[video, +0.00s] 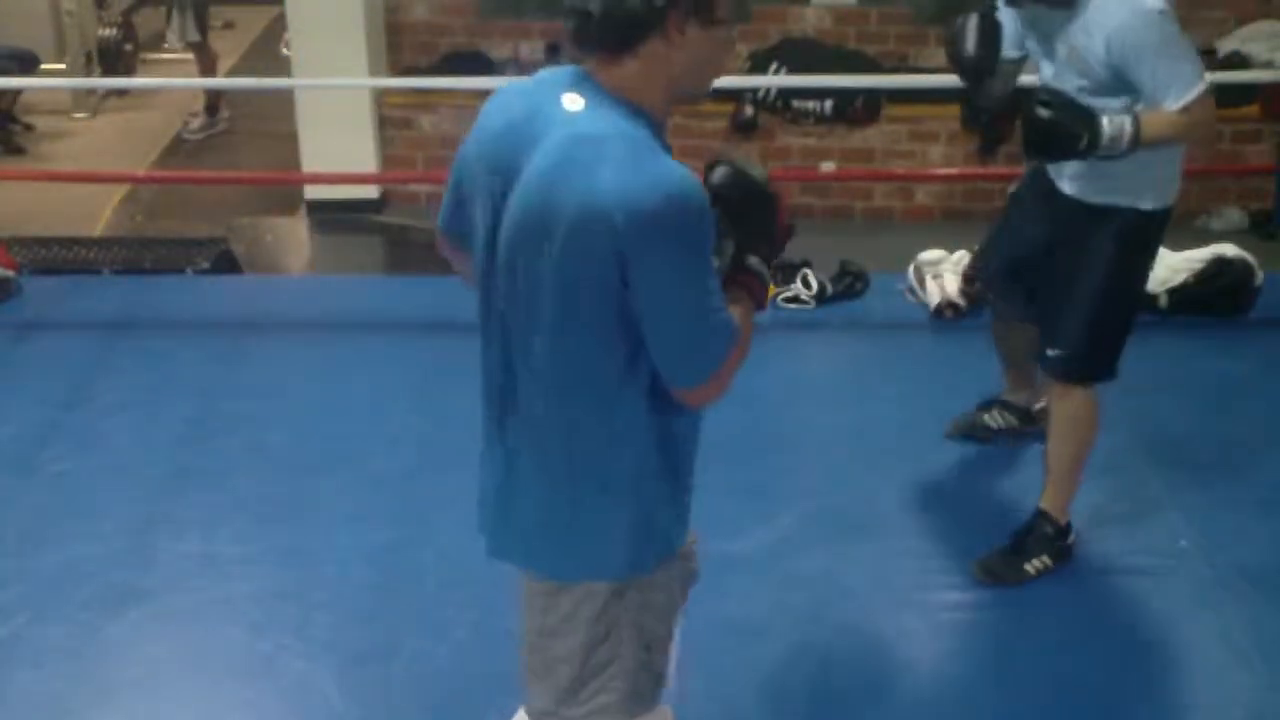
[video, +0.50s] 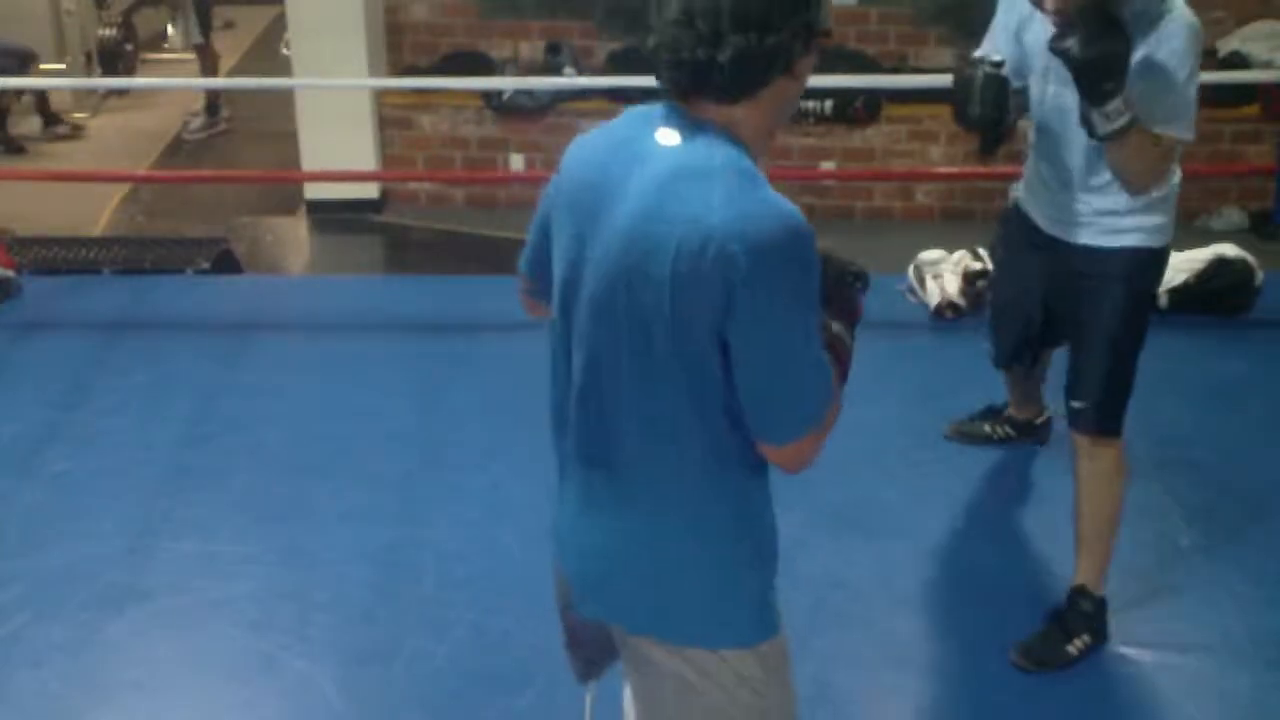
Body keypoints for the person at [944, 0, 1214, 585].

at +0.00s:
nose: (1022, 0)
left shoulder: (1132, 18)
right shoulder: (1012, 9)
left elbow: (1199, 117)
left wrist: (1103, 130)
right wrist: (987, 87)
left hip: (1128, 196)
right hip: (1054, 174)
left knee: (1070, 364)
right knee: (1005, 287)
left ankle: (1051, 523)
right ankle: (1023, 400)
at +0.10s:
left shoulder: (1124, 14)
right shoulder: (1004, 6)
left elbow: (1192, 108)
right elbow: (1000, 92)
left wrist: (1098, 126)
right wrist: (979, 85)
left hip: (1122, 196)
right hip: (1046, 177)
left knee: (1070, 360)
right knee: (1003, 303)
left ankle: (1057, 525)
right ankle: (1024, 411)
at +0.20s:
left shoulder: (1126, 9)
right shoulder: (1003, 5)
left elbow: (1187, 106)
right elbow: (1003, 86)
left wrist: (1097, 118)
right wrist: (982, 92)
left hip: (1118, 192)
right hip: (1040, 176)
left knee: (1075, 362)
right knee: (995, 303)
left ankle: (1078, 545)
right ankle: (1025, 411)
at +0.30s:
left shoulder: (1136, 10)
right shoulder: (1009, 5)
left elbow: (1182, 116)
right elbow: (1003, 91)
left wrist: (1099, 111)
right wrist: (975, 81)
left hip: (1110, 209)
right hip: (1035, 188)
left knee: (1083, 389)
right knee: (997, 298)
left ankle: (1087, 577)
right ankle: (1023, 411)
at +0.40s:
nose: (1050, 0)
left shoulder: (1149, 17)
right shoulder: (1016, 7)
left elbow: (1167, 157)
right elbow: (998, 110)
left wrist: (1102, 105)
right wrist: (980, 100)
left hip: (1113, 229)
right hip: (1033, 203)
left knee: (1087, 413)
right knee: (1002, 319)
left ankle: (1085, 598)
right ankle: (1025, 413)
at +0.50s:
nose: (1049, 8)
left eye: (1063, 0)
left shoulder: (1168, 29)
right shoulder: (1022, 9)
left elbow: (1145, 174)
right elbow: (993, 122)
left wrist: (1106, 93)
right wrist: (982, 113)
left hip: (1122, 234)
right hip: (1038, 207)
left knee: (1094, 421)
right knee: (1015, 334)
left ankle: (1085, 604)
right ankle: (1026, 414)